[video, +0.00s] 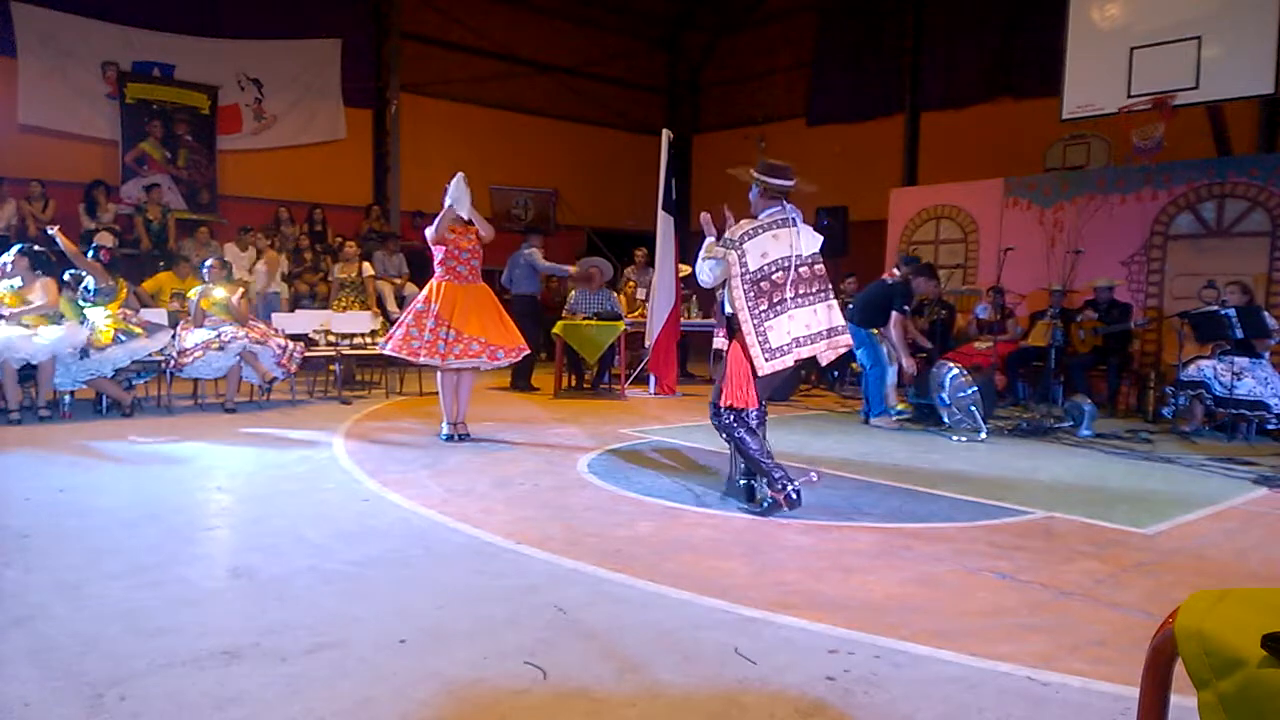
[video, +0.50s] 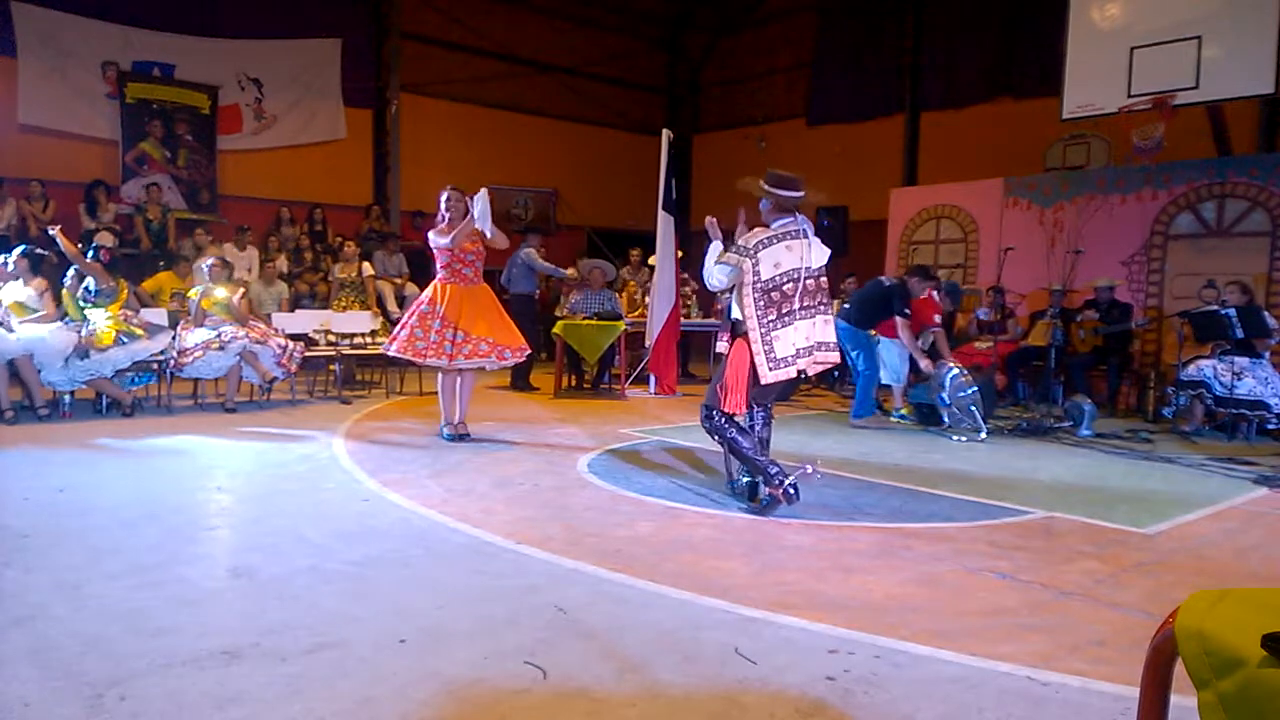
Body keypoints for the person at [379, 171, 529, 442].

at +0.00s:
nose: (457, 207)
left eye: (460, 204)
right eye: (452, 202)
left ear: (466, 207)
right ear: (445, 205)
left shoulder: (475, 232)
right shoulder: (436, 232)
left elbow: (489, 234)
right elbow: (436, 234)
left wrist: (469, 210)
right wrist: (450, 205)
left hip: (473, 297)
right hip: (446, 296)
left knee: (468, 363)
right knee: (447, 363)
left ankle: (461, 420)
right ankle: (447, 420)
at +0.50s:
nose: (452, 205)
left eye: (458, 201)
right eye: (448, 201)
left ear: (467, 205)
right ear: (441, 206)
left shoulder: (478, 232)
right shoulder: (435, 234)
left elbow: (504, 243)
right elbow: (452, 241)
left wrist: (484, 217)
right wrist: (474, 214)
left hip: (474, 299)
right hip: (447, 299)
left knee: (468, 365)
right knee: (448, 366)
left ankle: (461, 421)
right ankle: (447, 421)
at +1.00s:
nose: (452, 207)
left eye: (457, 203)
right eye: (447, 203)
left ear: (465, 207)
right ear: (441, 208)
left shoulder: (477, 231)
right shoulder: (438, 236)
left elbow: (505, 255)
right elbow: (457, 254)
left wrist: (498, 230)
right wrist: (486, 234)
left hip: (472, 301)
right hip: (445, 301)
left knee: (467, 365)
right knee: (446, 365)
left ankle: (460, 421)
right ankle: (446, 422)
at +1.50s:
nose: (452, 212)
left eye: (457, 207)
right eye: (447, 207)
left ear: (466, 211)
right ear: (441, 211)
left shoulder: (476, 231)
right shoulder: (438, 240)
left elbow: (497, 256)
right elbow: (457, 262)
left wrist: (496, 233)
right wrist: (486, 243)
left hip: (469, 303)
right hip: (444, 303)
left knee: (463, 365)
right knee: (443, 365)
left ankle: (458, 421)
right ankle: (446, 421)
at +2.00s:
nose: (458, 206)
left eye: (463, 202)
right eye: (454, 201)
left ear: (471, 207)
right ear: (446, 205)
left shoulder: (477, 235)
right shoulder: (439, 233)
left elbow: (501, 256)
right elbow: (459, 253)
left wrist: (490, 223)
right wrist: (479, 227)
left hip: (468, 302)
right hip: (443, 301)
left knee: (462, 364)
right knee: (443, 365)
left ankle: (458, 421)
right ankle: (446, 421)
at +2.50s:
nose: (459, 207)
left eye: (462, 204)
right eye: (455, 202)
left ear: (467, 207)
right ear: (448, 204)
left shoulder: (477, 233)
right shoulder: (437, 229)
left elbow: (489, 238)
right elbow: (442, 231)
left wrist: (473, 211)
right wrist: (453, 207)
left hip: (469, 297)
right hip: (442, 295)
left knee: (462, 365)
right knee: (442, 364)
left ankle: (457, 421)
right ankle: (445, 422)